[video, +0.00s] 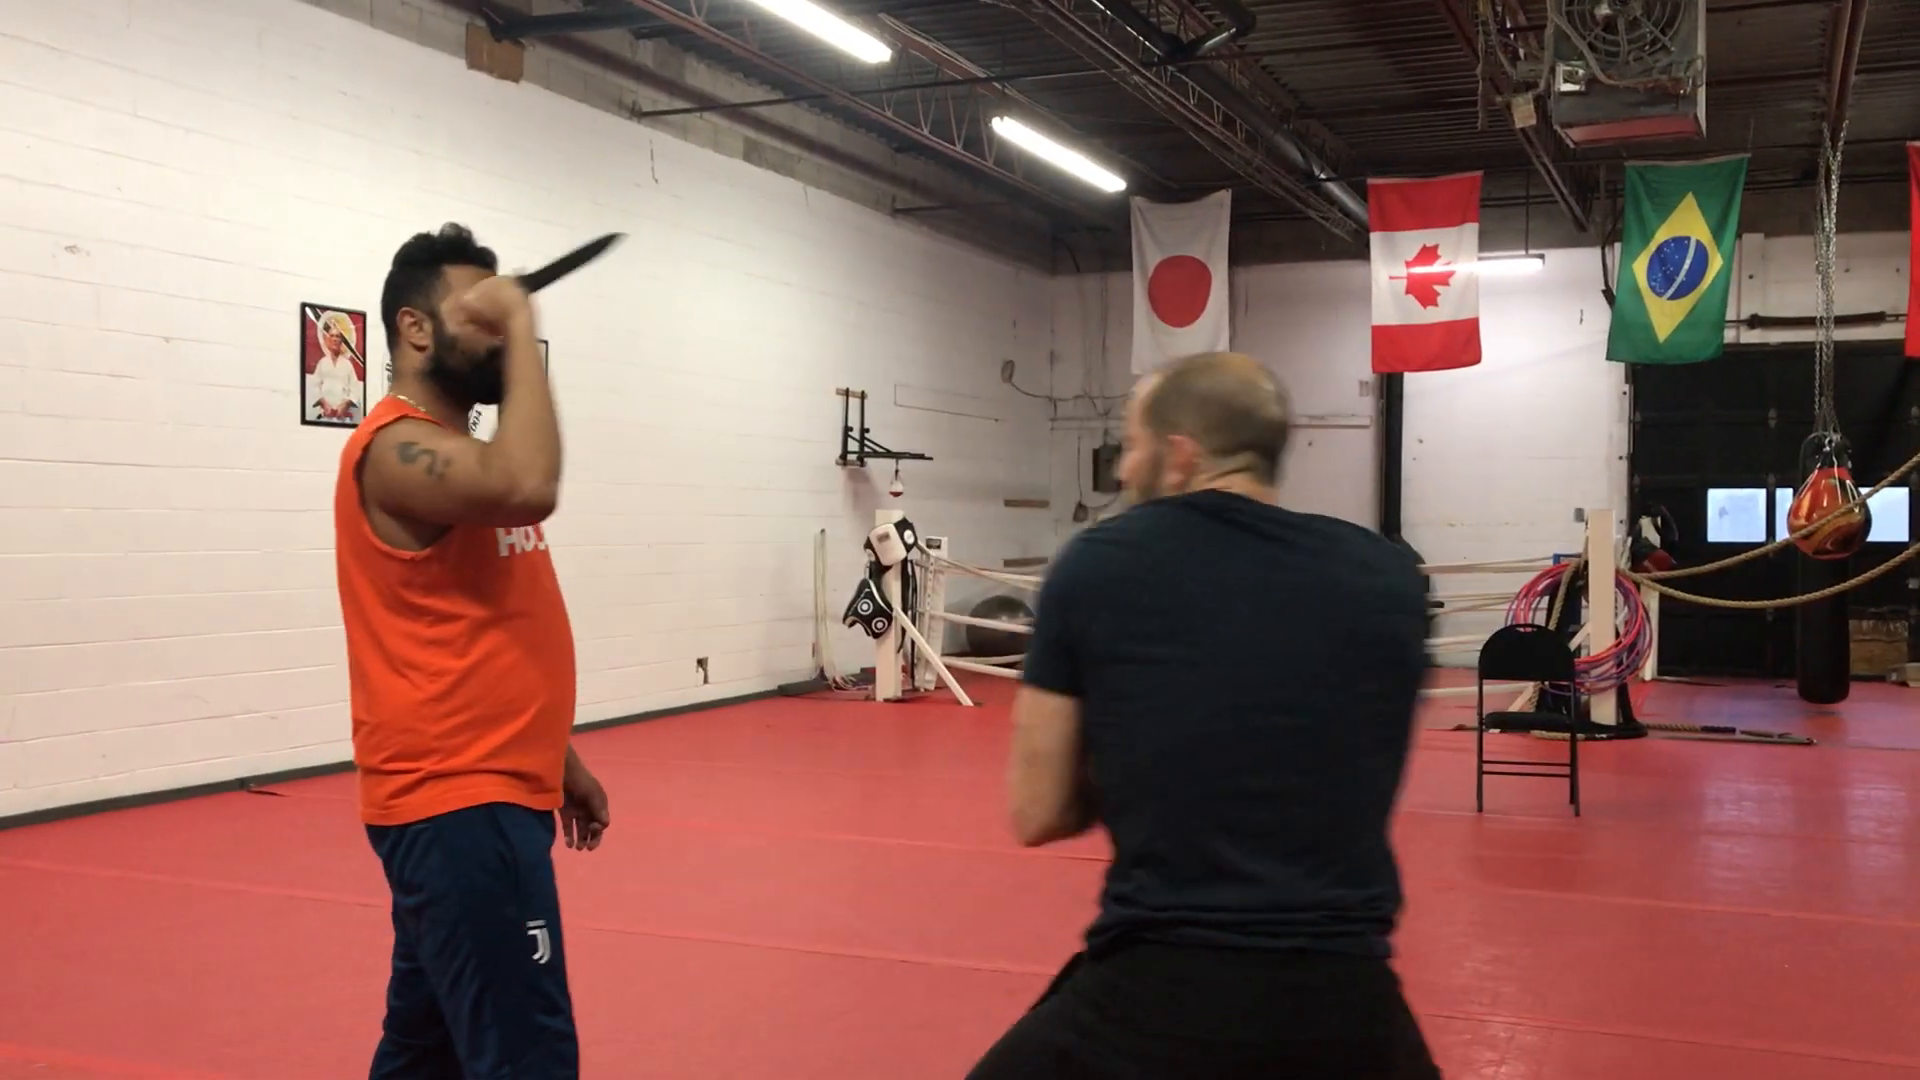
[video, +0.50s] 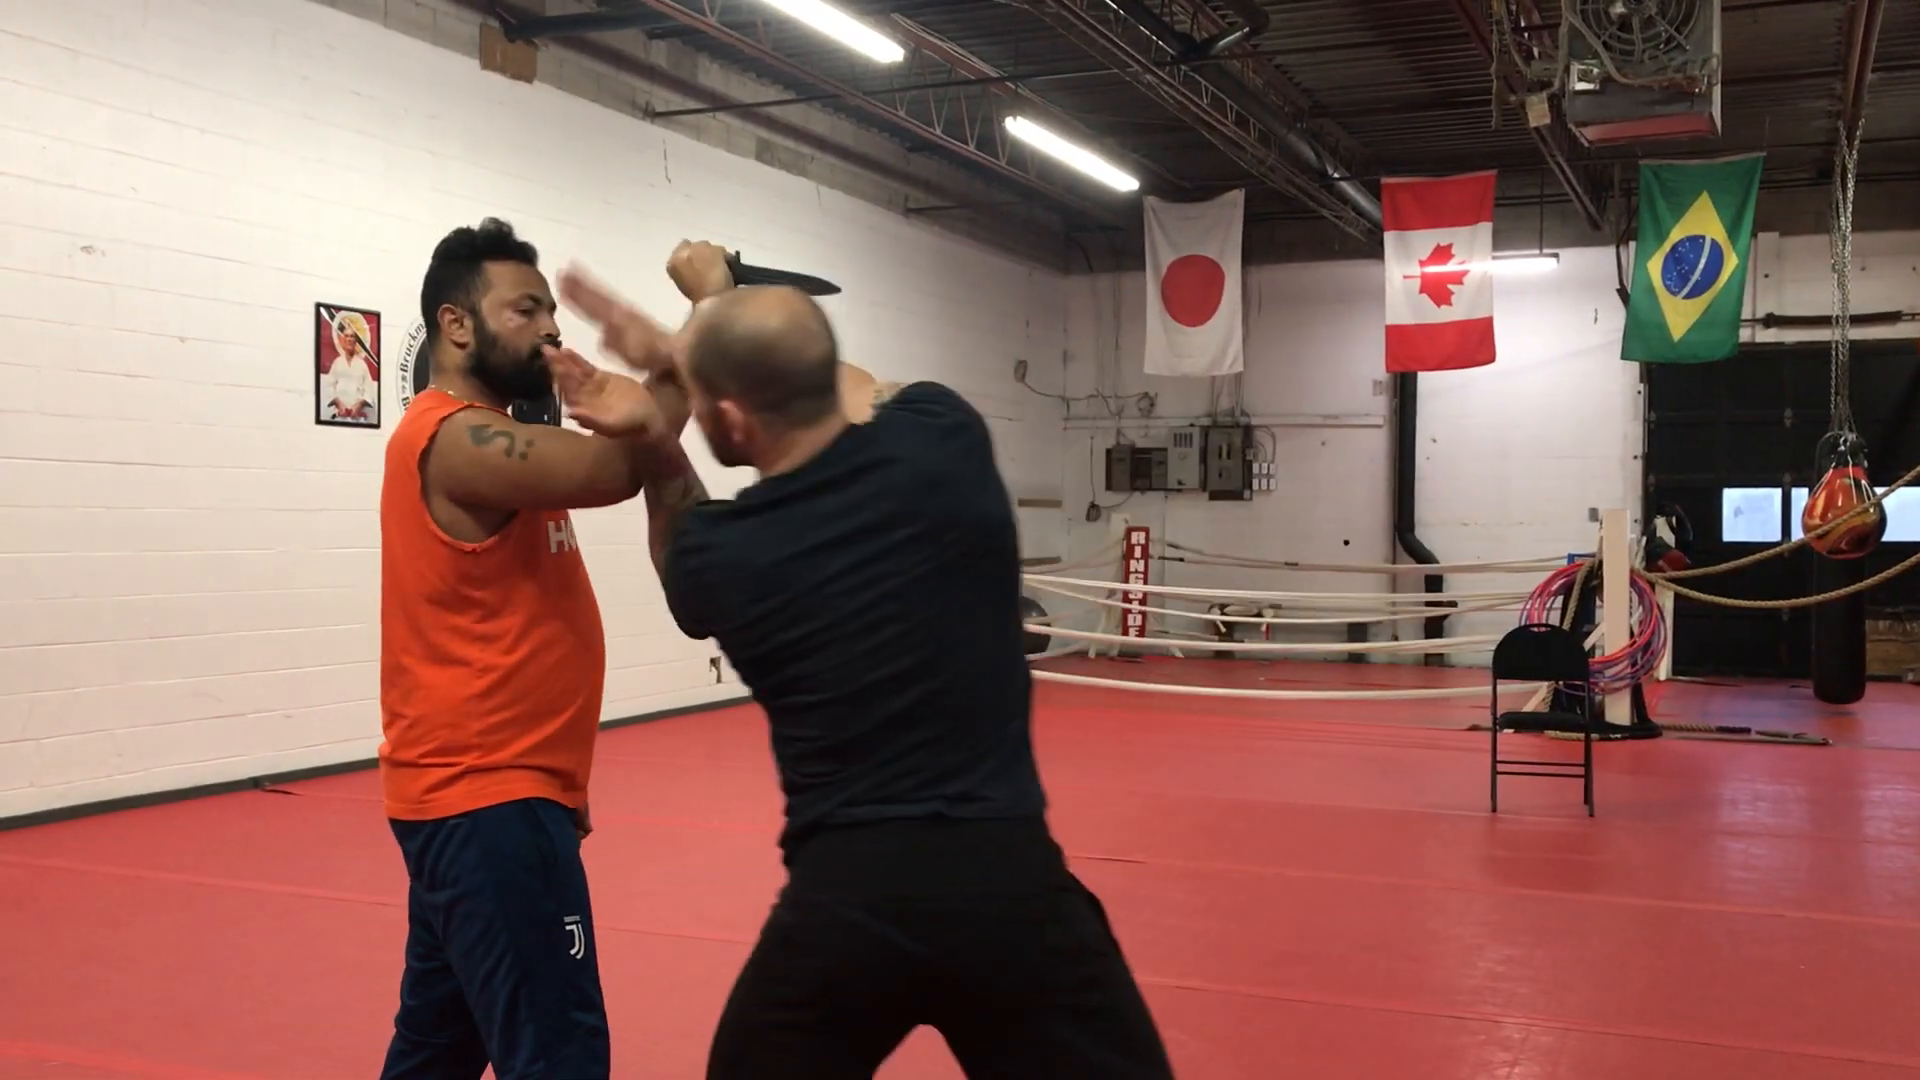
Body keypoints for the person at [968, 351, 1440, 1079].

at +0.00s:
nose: (1120, 470)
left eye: (1129, 447)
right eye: (1123, 447)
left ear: (1181, 456)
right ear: (1268, 458)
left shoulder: (1099, 559)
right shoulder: (1390, 571)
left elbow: (1037, 813)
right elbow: (1362, 783)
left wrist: (1165, 749)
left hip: (1147, 995)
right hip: (1349, 1007)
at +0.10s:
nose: (1041, 451)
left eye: (1049, 429)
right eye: (1042, 429)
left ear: (1099, 446)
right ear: (1190, 437)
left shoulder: (1031, 562)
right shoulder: (1305, 545)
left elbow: (962, 796)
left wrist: (992, 628)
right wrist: (997, 596)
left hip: (1092, 988)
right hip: (1280, 988)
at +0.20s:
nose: (936, 435)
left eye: (942, 414)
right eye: (937, 412)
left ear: (987, 438)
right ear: (1082, 414)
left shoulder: (933, 573)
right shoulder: (1184, 505)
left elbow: (866, 730)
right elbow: (1055, 516)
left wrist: (865, 554)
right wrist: (905, 512)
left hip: (1003, 959)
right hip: (1183, 958)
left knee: (856, 1067)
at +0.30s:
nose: (841, 416)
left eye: (842, 397)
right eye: (838, 392)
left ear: (884, 430)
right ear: (976, 391)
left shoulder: (848, 572)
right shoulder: (1076, 467)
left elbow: (765, 644)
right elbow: (921, 443)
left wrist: (739, 492)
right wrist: (776, 446)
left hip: (924, 944)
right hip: (1101, 936)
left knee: (794, 1069)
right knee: (1213, 1070)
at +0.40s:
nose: (758, 409)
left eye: (757, 398)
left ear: (786, 428)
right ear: (890, 375)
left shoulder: (775, 567)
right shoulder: (998, 450)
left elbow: (698, 575)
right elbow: (872, 396)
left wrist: (658, 449)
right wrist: (688, 396)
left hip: (875, 925)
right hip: (1052, 911)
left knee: (765, 1067)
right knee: (1167, 1069)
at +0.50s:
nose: (699, 414)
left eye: (697, 398)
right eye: (695, 394)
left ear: (731, 422)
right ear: (833, 370)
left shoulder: (722, 562)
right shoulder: (949, 439)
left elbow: (685, 565)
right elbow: (831, 372)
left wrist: (656, 430)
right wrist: (675, 351)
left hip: (842, 914)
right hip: (1017, 896)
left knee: (748, 1067)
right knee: (1128, 1070)